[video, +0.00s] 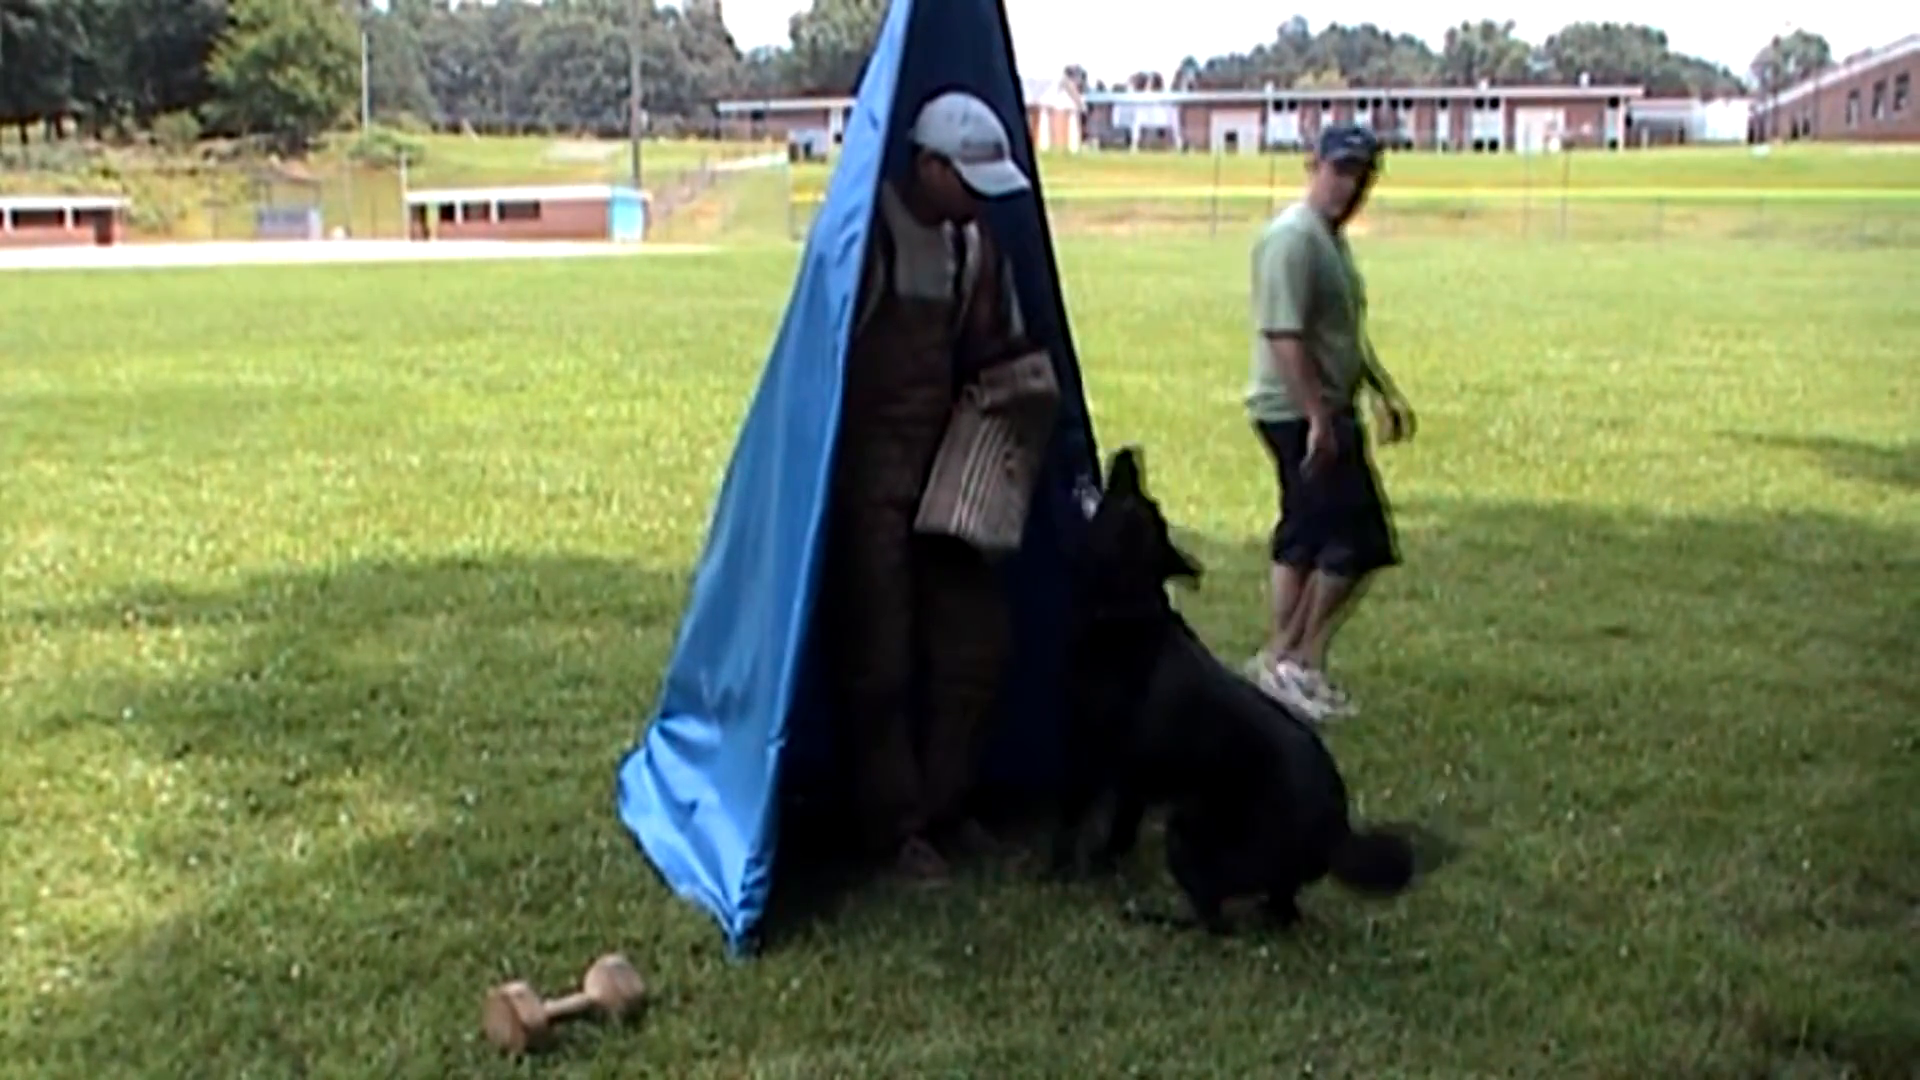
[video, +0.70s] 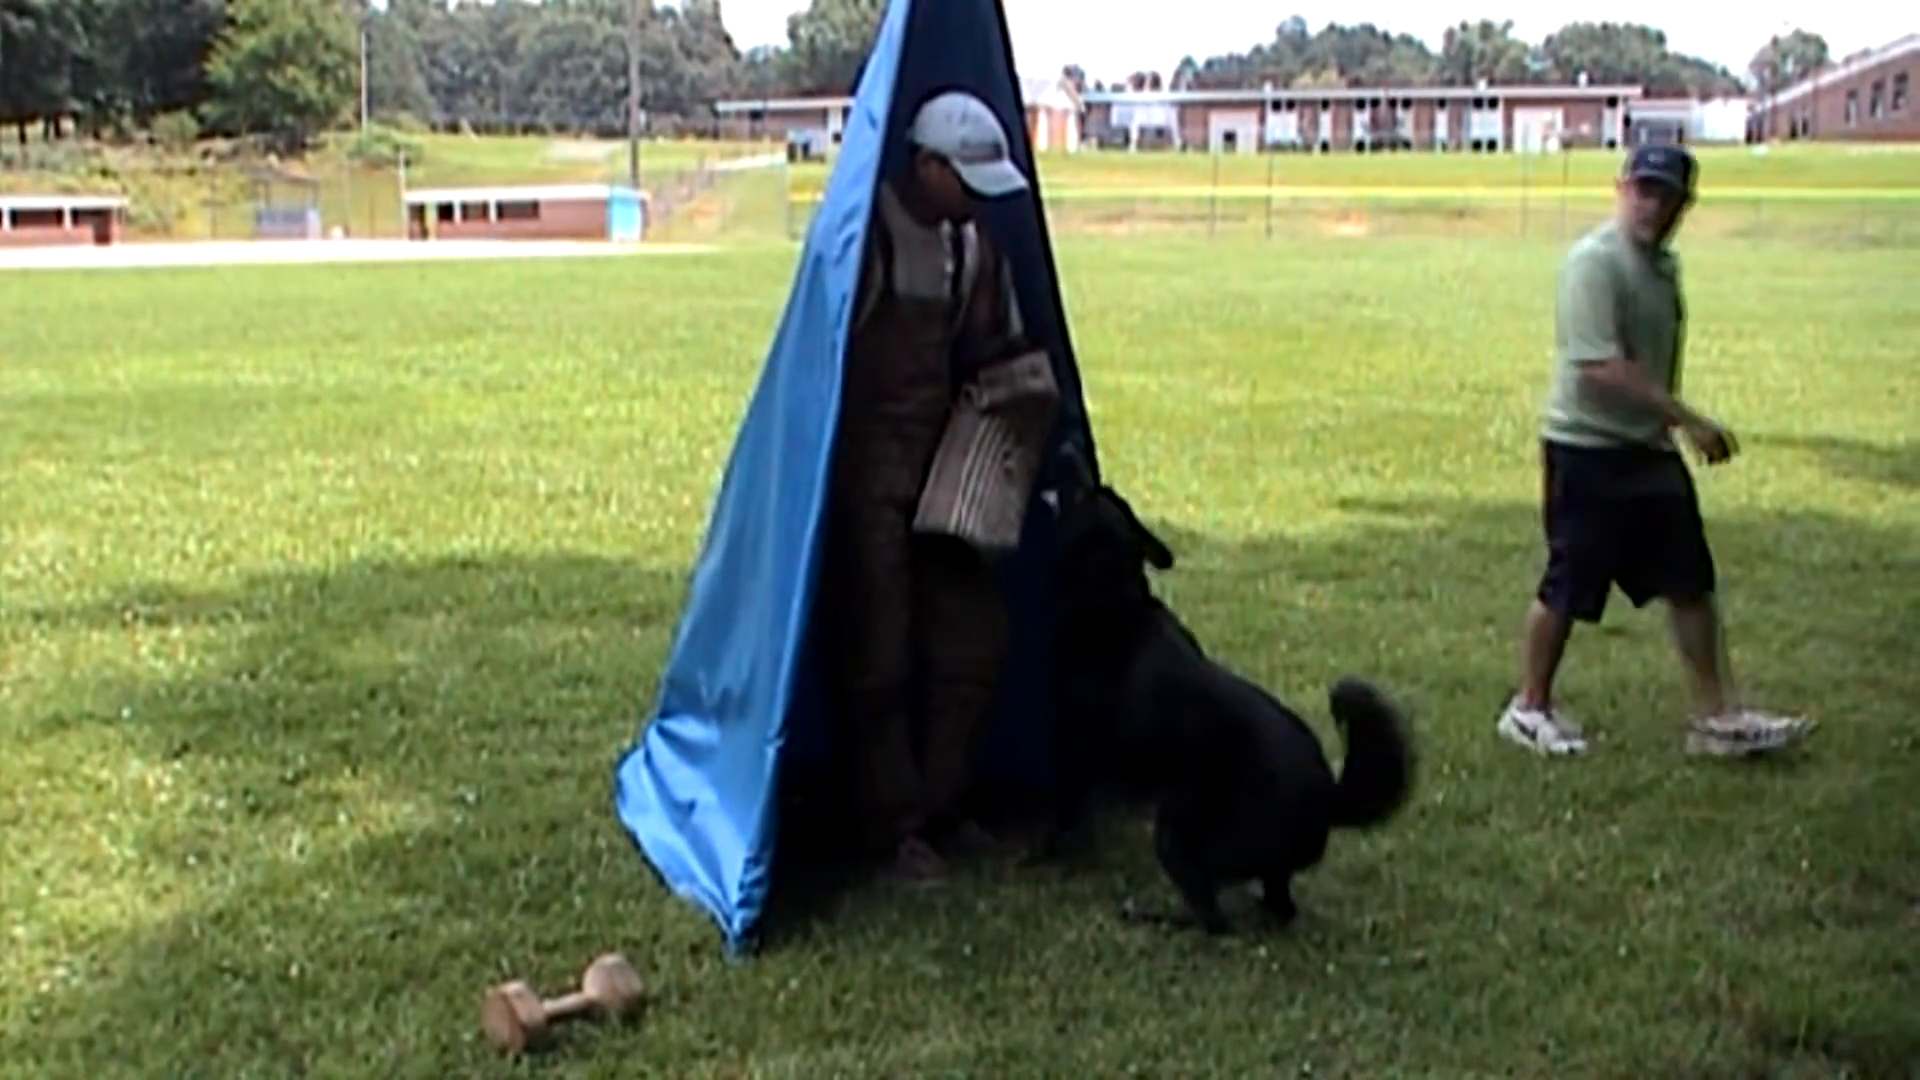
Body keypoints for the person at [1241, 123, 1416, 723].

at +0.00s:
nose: (1354, 188)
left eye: (1363, 177)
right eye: (1344, 173)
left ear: (1369, 184)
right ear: (1315, 169)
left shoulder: (1329, 240)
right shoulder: (1292, 240)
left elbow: (1345, 335)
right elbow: (1284, 339)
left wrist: (1383, 393)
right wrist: (1317, 414)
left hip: (1325, 408)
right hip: (1298, 410)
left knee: (1301, 537)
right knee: (1357, 541)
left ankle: (1281, 655)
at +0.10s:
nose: (1396, 196)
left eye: (1407, 186)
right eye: (1387, 181)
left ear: (1414, 193)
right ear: (1358, 175)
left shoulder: (1374, 247)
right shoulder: (1333, 245)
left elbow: (1400, 331)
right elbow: (1313, 343)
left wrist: (1456, 384)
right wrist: (1338, 425)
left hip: (1356, 419)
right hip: (1348, 423)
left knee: (1310, 549)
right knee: (1400, 555)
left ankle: (1285, 672)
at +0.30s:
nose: (1485, 219)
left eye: (1496, 208)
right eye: (1475, 204)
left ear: (1504, 214)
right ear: (1445, 199)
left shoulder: (1465, 269)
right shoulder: (1422, 272)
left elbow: (1486, 351)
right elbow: (1398, 376)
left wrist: (1547, 395)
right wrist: (1418, 458)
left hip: (1452, 447)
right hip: (1439, 451)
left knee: (1382, 564)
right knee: (1489, 582)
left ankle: (1300, 663)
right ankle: (1518, 707)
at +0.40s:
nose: (1529, 219)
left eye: (1541, 208)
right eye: (1519, 205)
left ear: (1550, 214)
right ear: (1491, 200)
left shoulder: (1518, 268)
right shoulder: (1470, 275)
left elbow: (1527, 362)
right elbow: (1455, 383)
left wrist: (1566, 415)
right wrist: (1476, 463)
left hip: (1517, 441)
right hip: (1485, 445)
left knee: (1489, 571)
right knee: (1524, 578)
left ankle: (1366, 636)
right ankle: (1526, 707)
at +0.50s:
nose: (1571, 212)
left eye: (1583, 202)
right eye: (1561, 198)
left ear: (1593, 208)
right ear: (1535, 194)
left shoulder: (1561, 262)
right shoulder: (1511, 267)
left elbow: (1559, 360)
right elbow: (1512, 374)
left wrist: (1573, 430)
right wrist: (1548, 442)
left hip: (1561, 435)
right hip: (1513, 439)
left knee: (1584, 565)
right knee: (1549, 570)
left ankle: (1463, 633)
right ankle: (1527, 708)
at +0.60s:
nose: (1610, 203)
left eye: (1624, 193)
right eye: (1601, 188)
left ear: (1636, 203)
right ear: (1578, 187)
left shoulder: (1610, 261)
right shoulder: (1550, 262)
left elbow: (1601, 358)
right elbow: (1558, 368)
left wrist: (1617, 432)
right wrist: (1622, 433)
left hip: (1601, 439)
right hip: (1548, 439)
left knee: (1649, 561)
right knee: (1563, 571)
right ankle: (1528, 704)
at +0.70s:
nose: (1654, 208)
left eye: (1668, 198)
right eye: (1644, 192)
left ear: (1682, 208)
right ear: (1622, 191)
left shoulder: (1663, 268)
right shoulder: (1593, 263)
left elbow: (1652, 362)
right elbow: (1599, 368)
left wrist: (1664, 431)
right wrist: (1691, 422)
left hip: (1650, 452)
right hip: (1585, 450)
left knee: (1690, 584)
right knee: (1568, 584)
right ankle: (1529, 707)